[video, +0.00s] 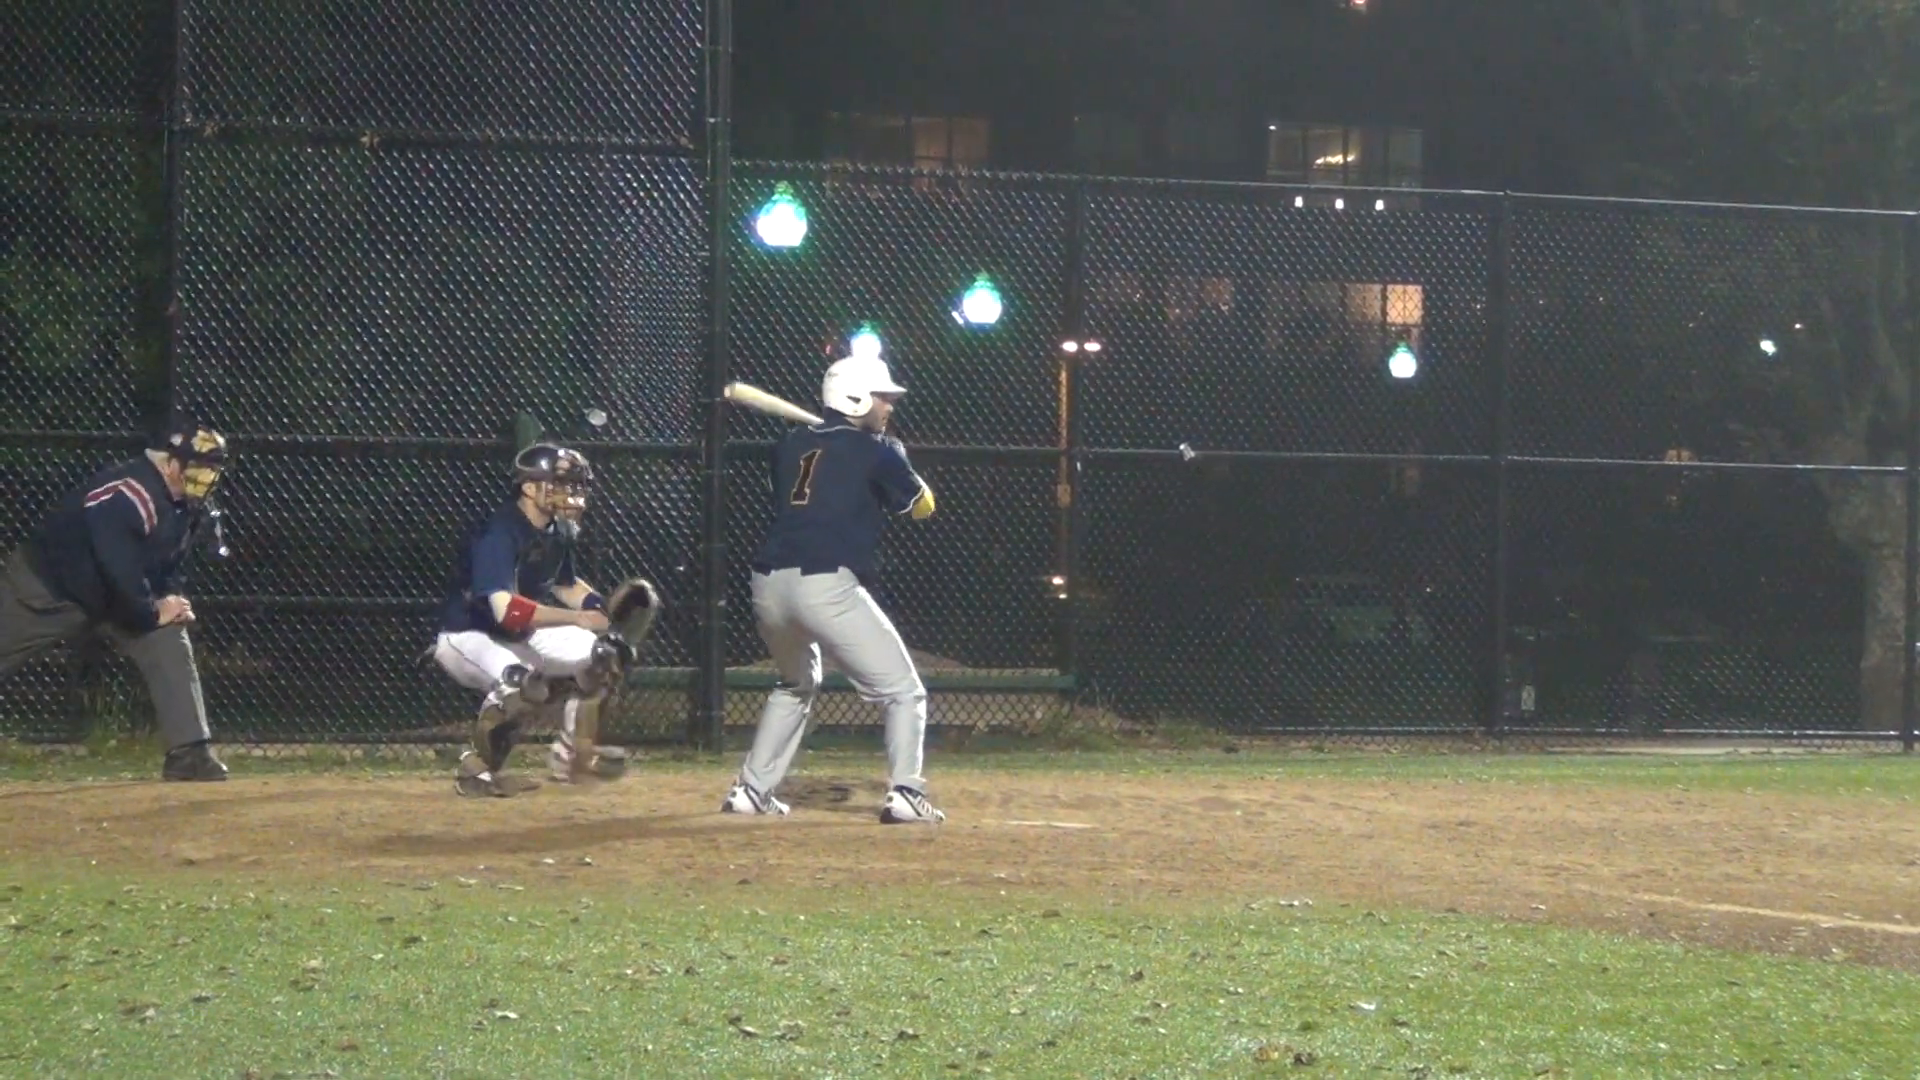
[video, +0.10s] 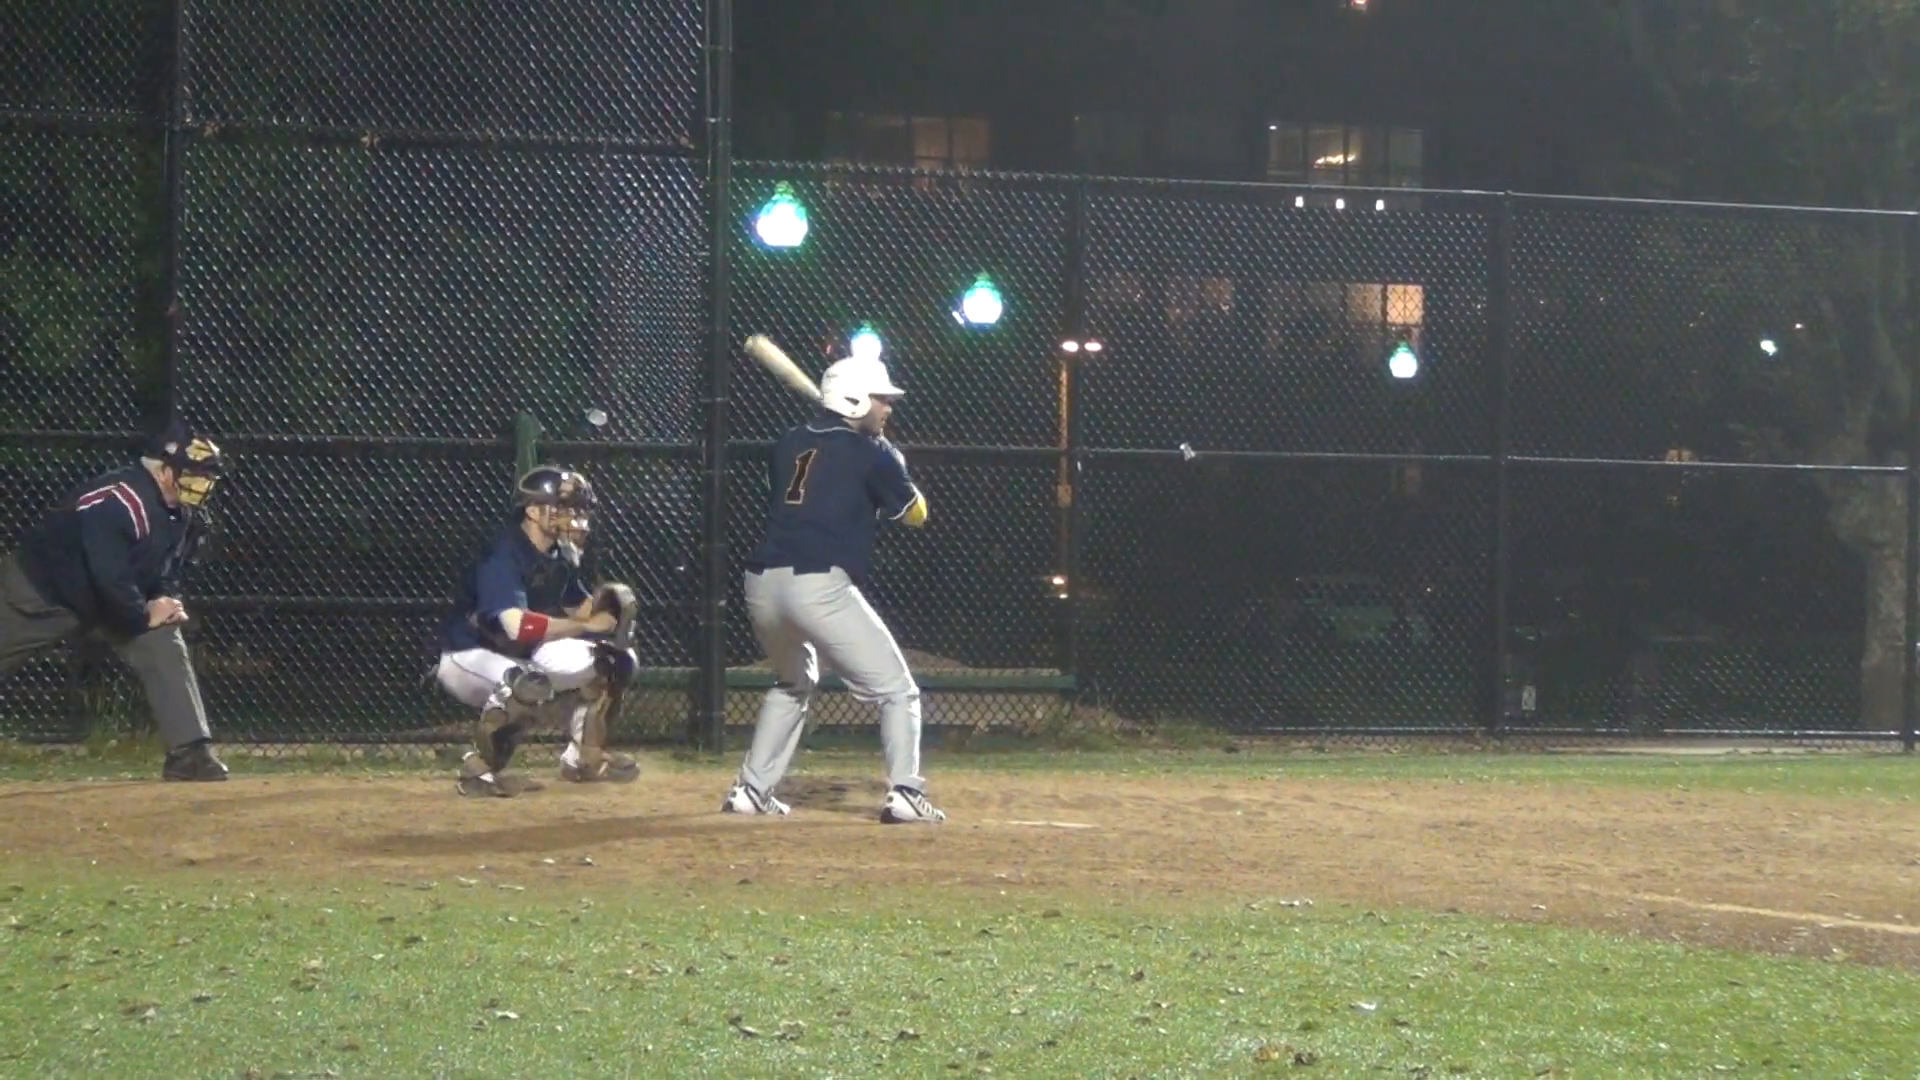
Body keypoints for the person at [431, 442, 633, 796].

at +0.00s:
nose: (570, 494)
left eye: (572, 486)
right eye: (560, 486)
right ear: (530, 489)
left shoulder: (557, 530)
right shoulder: (499, 532)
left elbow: (566, 584)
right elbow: (509, 613)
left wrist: (602, 607)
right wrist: (578, 617)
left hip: (522, 634)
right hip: (466, 635)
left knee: (601, 656)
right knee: (522, 681)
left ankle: (573, 755)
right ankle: (477, 769)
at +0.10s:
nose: (574, 516)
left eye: (575, 509)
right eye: (563, 509)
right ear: (533, 512)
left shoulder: (559, 554)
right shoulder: (504, 555)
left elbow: (574, 609)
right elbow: (518, 628)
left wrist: (604, 603)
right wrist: (588, 626)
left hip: (528, 650)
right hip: (468, 654)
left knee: (610, 664)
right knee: (526, 684)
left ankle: (584, 760)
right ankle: (477, 770)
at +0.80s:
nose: (604, 556)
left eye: (605, 549)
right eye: (595, 548)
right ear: (565, 551)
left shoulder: (597, 595)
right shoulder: (529, 588)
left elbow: (641, 643)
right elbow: (487, 656)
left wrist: (679, 650)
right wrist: (506, 701)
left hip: (556, 694)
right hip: (503, 693)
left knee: (640, 678)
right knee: (553, 678)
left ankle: (588, 764)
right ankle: (496, 769)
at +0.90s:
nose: (605, 556)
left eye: (607, 549)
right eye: (596, 548)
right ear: (567, 552)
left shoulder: (601, 594)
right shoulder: (532, 590)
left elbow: (637, 643)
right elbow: (483, 658)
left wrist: (673, 649)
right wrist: (483, 721)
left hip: (558, 693)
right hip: (502, 694)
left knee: (638, 681)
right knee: (554, 680)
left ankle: (588, 766)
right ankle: (494, 771)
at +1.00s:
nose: (610, 557)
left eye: (611, 549)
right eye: (601, 549)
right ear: (570, 553)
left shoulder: (602, 598)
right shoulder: (532, 592)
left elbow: (641, 646)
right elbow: (481, 657)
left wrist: (685, 654)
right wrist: (472, 724)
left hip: (558, 694)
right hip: (500, 693)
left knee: (636, 683)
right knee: (556, 681)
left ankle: (588, 765)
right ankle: (497, 773)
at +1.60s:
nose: (617, 555)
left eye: (620, 548)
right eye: (608, 548)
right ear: (583, 552)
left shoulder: (614, 604)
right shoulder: (544, 591)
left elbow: (644, 657)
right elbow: (492, 657)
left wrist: (683, 667)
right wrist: (491, 726)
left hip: (571, 691)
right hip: (510, 690)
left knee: (647, 687)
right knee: (563, 686)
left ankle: (591, 763)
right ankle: (496, 767)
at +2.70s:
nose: (625, 521)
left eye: (629, 513)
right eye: (613, 511)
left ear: (637, 518)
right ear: (585, 515)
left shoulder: (639, 566)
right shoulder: (551, 564)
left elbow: (667, 638)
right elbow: (522, 641)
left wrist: (639, 606)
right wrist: (548, 611)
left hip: (600, 676)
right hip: (540, 668)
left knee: (678, 707)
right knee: (569, 685)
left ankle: (608, 752)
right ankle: (500, 767)